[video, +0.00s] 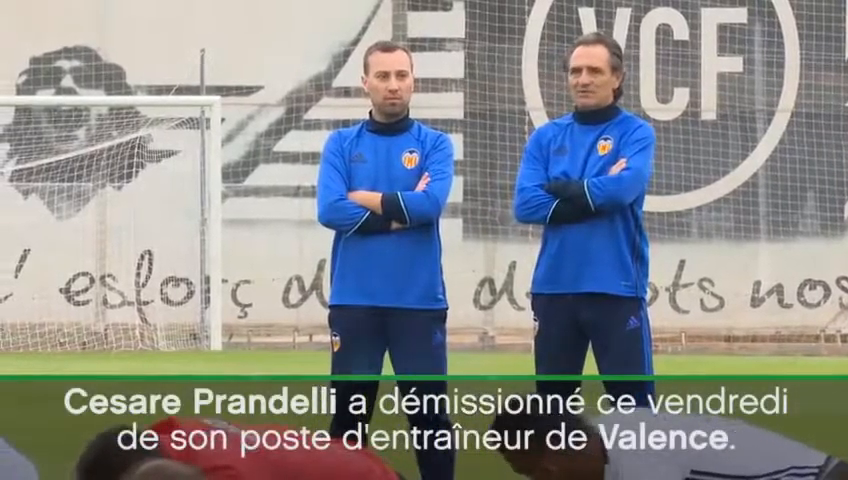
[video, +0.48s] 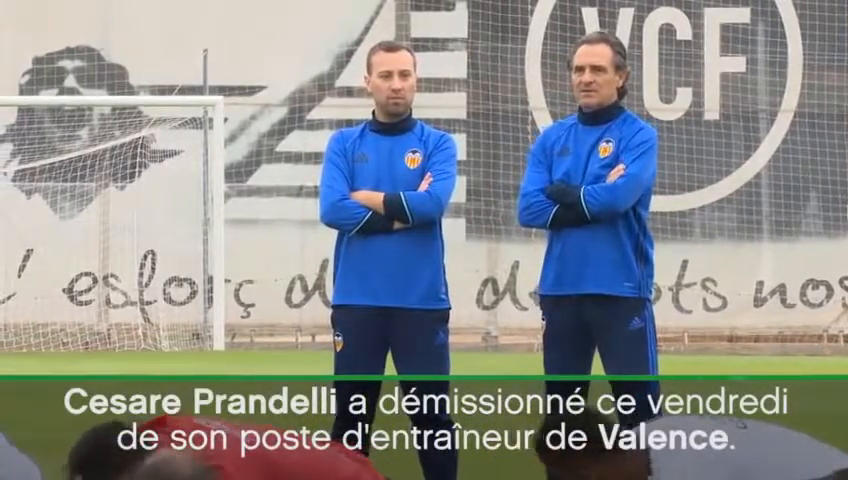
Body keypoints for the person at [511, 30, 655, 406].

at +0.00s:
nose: (583, 80)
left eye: (595, 71)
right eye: (576, 71)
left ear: (617, 78)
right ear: (568, 78)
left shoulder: (634, 130)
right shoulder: (543, 136)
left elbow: (626, 189)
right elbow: (524, 205)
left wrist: (558, 188)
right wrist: (602, 191)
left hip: (617, 291)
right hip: (554, 291)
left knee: (633, 409)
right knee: (551, 409)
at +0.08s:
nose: (584, 79)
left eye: (595, 71)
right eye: (576, 71)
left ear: (618, 78)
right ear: (568, 78)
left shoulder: (635, 130)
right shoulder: (545, 136)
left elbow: (626, 189)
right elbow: (525, 205)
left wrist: (559, 190)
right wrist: (602, 191)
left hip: (617, 291)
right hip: (555, 291)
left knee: (634, 407)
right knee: (553, 409)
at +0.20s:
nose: (585, 79)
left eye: (596, 71)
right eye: (578, 71)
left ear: (619, 78)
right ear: (570, 78)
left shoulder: (635, 130)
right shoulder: (546, 136)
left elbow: (628, 186)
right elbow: (526, 206)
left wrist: (565, 191)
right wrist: (601, 191)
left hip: (618, 291)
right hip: (557, 291)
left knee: (635, 407)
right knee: (555, 409)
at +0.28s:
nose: (585, 79)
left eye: (597, 71)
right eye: (578, 71)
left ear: (619, 78)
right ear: (570, 78)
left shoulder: (637, 131)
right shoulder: (547, 137)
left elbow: (626, 187)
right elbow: (527, 206)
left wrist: (561, 190)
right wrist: (598, 195)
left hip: (619, 291)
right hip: (558, 292)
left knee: (635, 409)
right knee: (558, 411)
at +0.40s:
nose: (586, 79)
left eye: (597, 71)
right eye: (578, 70)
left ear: (620, 78)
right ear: (570, 77)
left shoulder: (637, 132)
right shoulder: (547, 138)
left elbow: (623, 193)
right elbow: (528, 208)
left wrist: (560, 191)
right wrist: (600, 194)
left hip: (621, 292)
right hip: (560, 292)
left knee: (636, 410)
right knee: (560, 412)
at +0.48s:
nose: (586, 78)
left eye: (598, 70)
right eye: (578, 70)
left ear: (621, 78)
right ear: (571, 77)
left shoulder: (637, 133)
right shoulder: (548, 139)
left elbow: (622, 196)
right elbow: (528, 210)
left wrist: (559, 192)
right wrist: (600, 194)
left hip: (622, 293)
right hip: (561, 293)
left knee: (638, 410)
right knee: (561, 412)